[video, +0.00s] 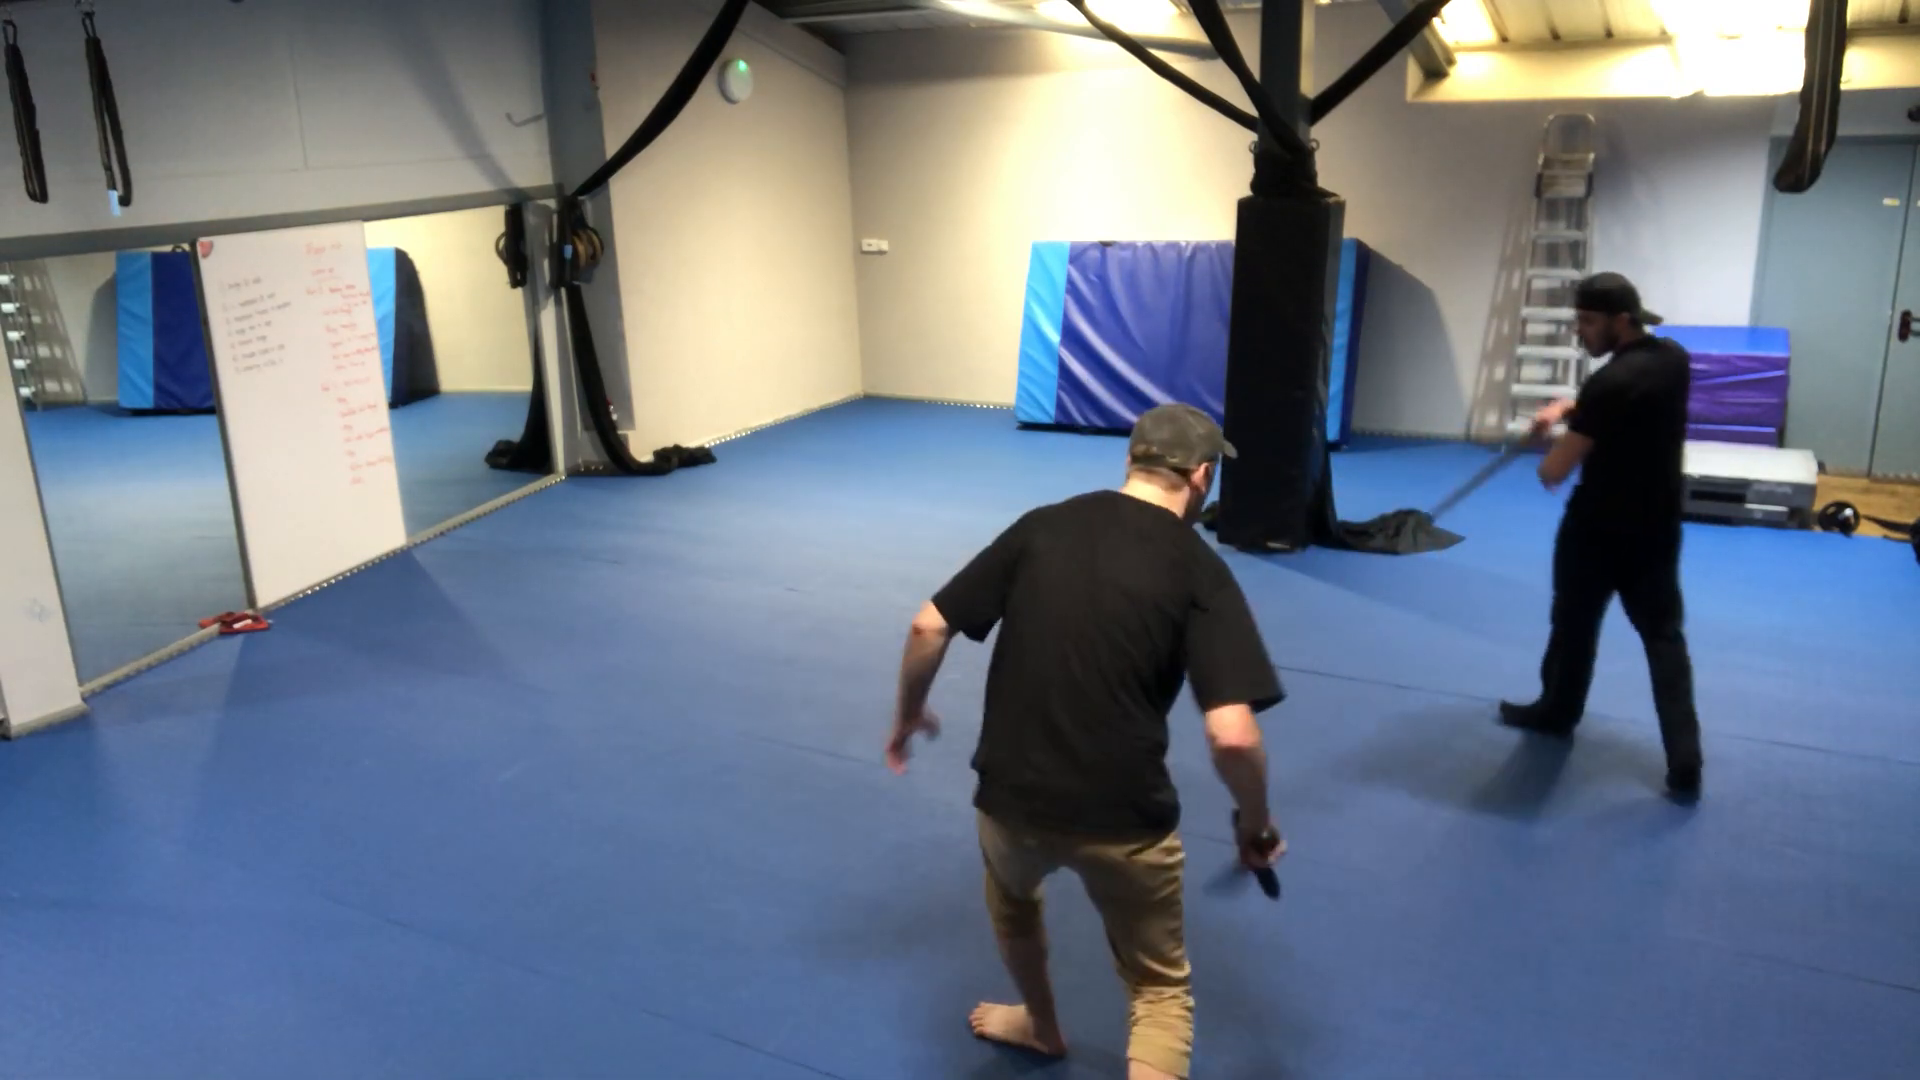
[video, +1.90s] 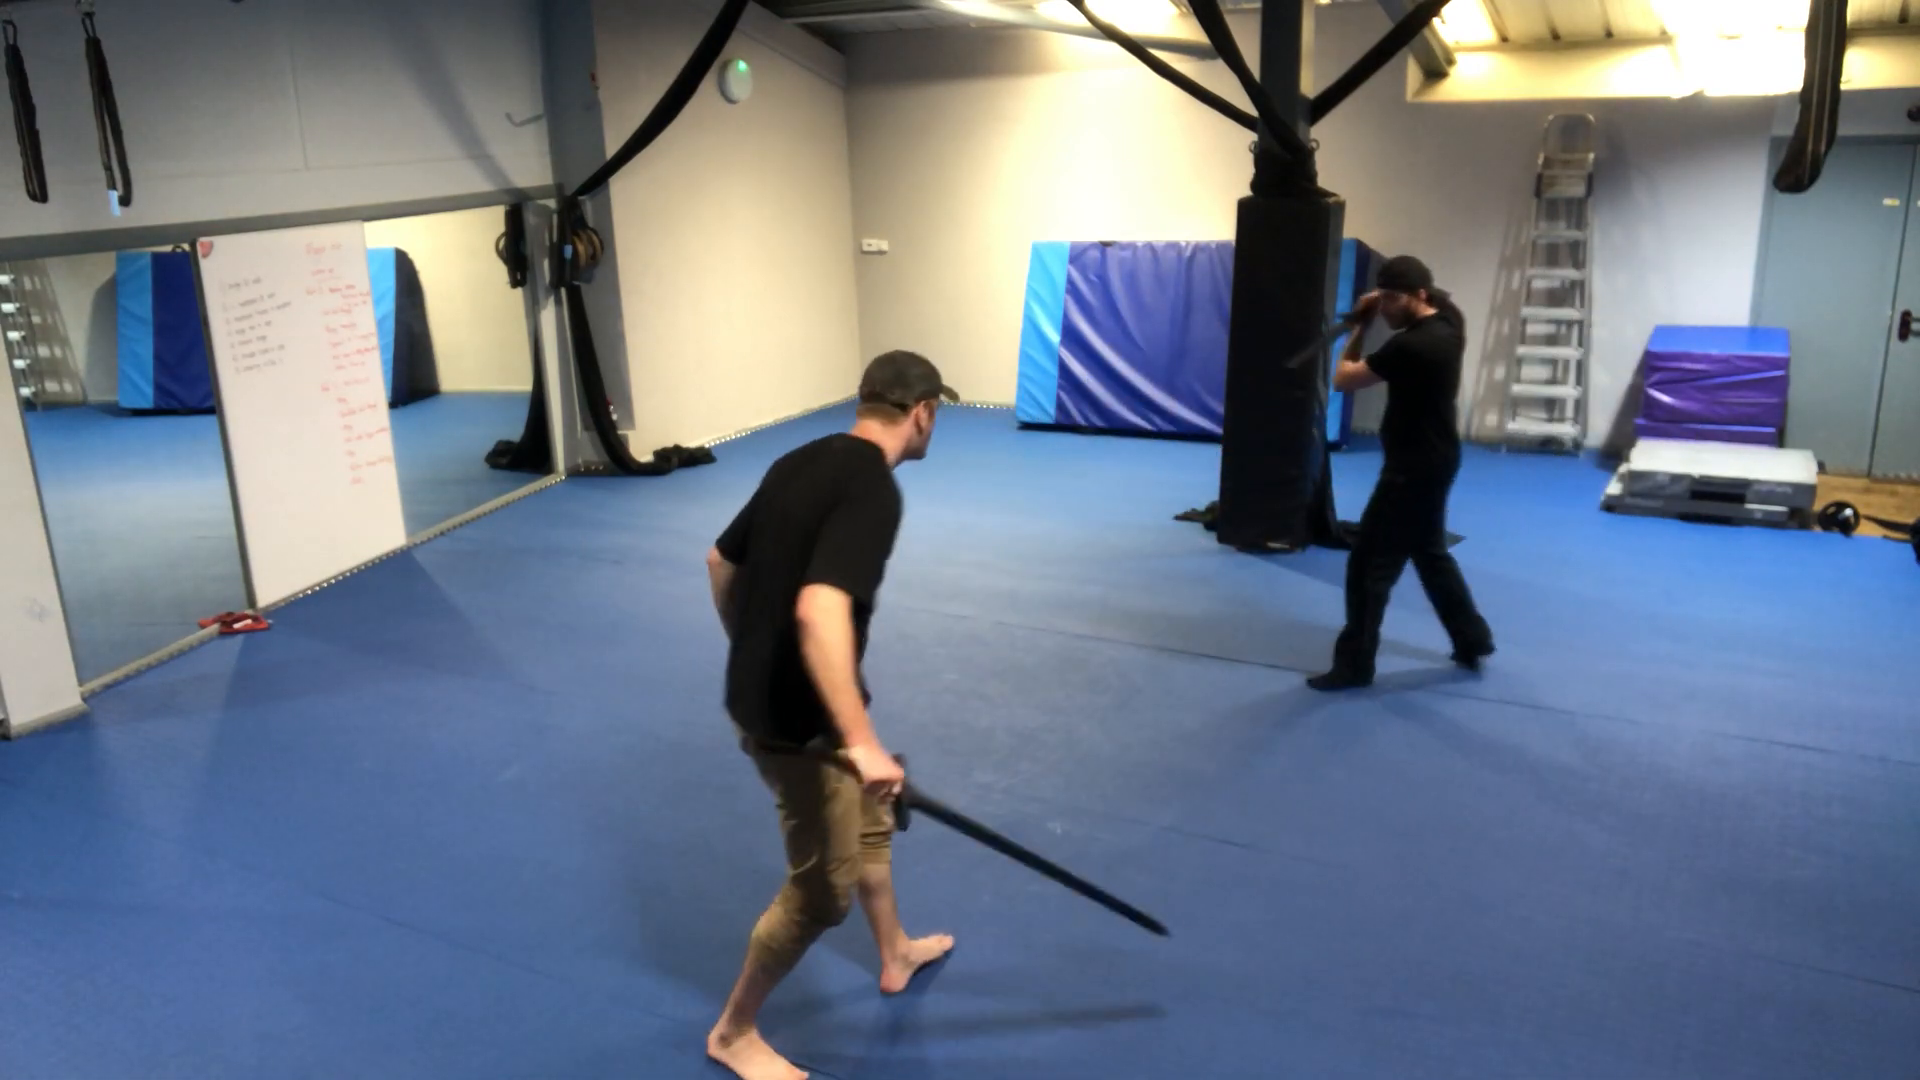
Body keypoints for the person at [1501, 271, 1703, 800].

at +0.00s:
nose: (1578, 332)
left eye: (1585, 322)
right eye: (1578, 321)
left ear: (1617, 321)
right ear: (1628, 320)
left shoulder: (1607, 384)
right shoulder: (1674, 359)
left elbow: (1553, 471)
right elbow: (1628, 413)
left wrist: (1552, 438)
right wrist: (1569, 411)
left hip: (1596, 526)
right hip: (1655, 525)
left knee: (1574, 623)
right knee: (1665, 637)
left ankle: (1557, 711)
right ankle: (1685, 767)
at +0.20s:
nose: (1547, 323)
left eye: (1552, 314)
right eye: (1546, 314)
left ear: (1585, 313)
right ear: (1596, 313)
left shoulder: (1569, 374)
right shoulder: (1640, 345)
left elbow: (1515, 438)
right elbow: (1591, 358)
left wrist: (1524, 394)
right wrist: (1539, 362)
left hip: (1567, 499)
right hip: (1622, 495)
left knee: (1550, 606)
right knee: (1610, 590)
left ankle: (1553, 711)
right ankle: (1643, 703)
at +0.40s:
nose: (1524, 321)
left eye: (1530, 311)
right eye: (1523, 310)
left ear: (1561, 310)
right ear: (1570, 310)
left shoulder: (1545, 368)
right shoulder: (1613, 339)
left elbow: (1479, 423)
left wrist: (1501, 374)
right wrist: (1527, 353)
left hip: (1546, 498)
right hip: (1594, 493)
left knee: (1537, 599)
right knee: (1573, 581)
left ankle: (1549, 709)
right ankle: (1569, 678)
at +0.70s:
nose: (1504, 319)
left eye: (1510, 311)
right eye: (1501, 311)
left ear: (1540, 307)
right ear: (1548, 307)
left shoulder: (1520, 362)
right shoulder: (1582, 335)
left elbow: (1457, 412)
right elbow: (1539, 338)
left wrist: (1488, 365)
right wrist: (1504, 337)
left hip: (1521, 488)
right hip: (1561, 479)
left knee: (1519, 596)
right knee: (1523, 568)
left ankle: (1549, 709)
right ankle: (1502, 641)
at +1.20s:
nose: (1471, 303)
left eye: (1477, 294)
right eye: (1468, 294)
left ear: (1506, 291)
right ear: (1511, 292)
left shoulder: (1496, 341)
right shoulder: (1535, 319)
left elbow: (1433, 387)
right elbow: (1512, 295)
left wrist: (1445, 338)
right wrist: (1470, 313)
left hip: (1486, 461)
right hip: (1513, 457)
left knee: (1449, 561)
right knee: (1488, 557)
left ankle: (1508, 658)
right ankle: (1485, 649)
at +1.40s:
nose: (1455, 301)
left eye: (1460, 293)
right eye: (1453, 293)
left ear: (1486, 290)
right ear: (1492, 289)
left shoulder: (1483, 340)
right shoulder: (1516, 318)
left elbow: (1416, 380)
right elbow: (1491, 292)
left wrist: (1424, 329)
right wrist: (1437, 316)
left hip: (1473, 460)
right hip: (1501, 454)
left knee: (1426, 555)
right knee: (1477, 551)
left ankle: (1429, 667)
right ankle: (1489, 652)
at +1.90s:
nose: (1384, 306)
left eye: (1389, 298)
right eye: (1383, 298)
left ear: (1415, 297)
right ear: (1423, 296)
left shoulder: (1411, 344)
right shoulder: (1448, 323)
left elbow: (1343, 378)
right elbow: (1426, 295)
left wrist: (1360, 326)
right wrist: (1380, 299)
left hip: (1410, 467)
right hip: (1436, 460)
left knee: (1369, 564)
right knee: (1429, 552)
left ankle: (1354, 667)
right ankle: (1472, 642)